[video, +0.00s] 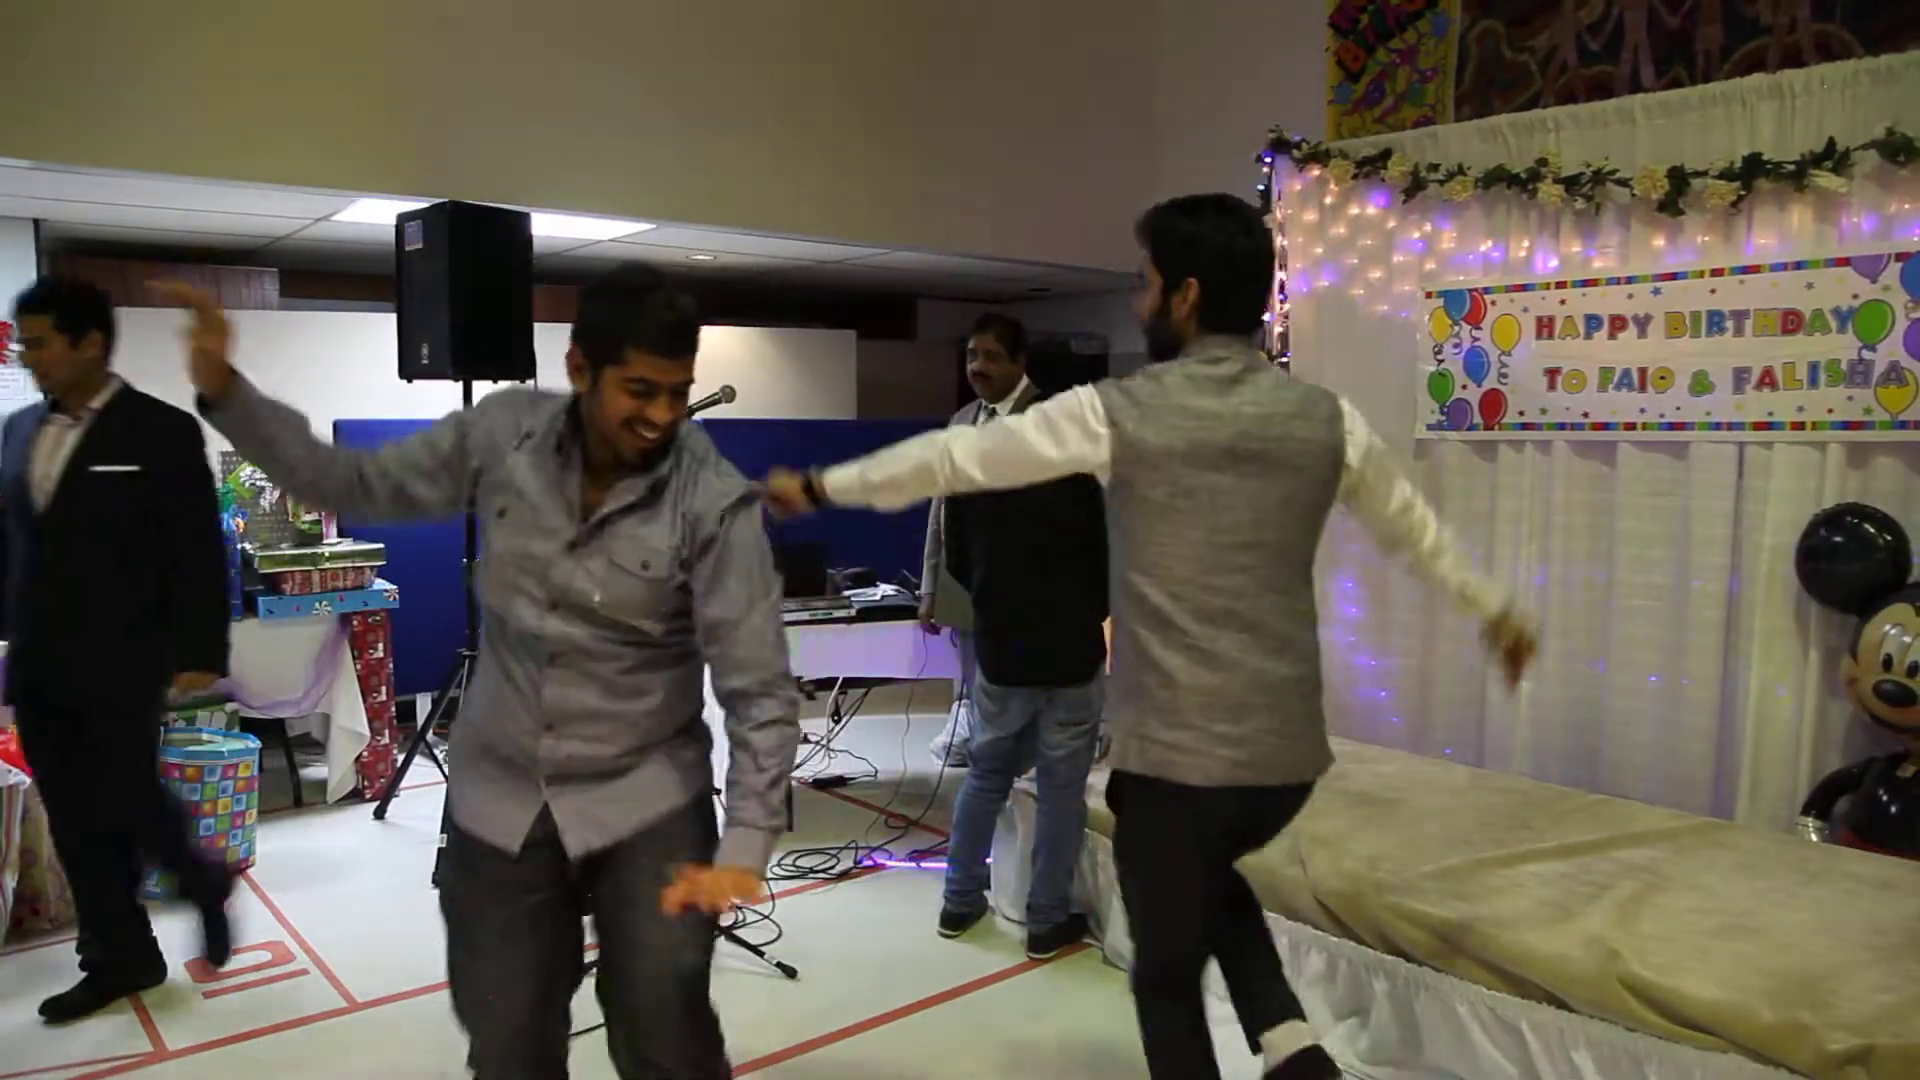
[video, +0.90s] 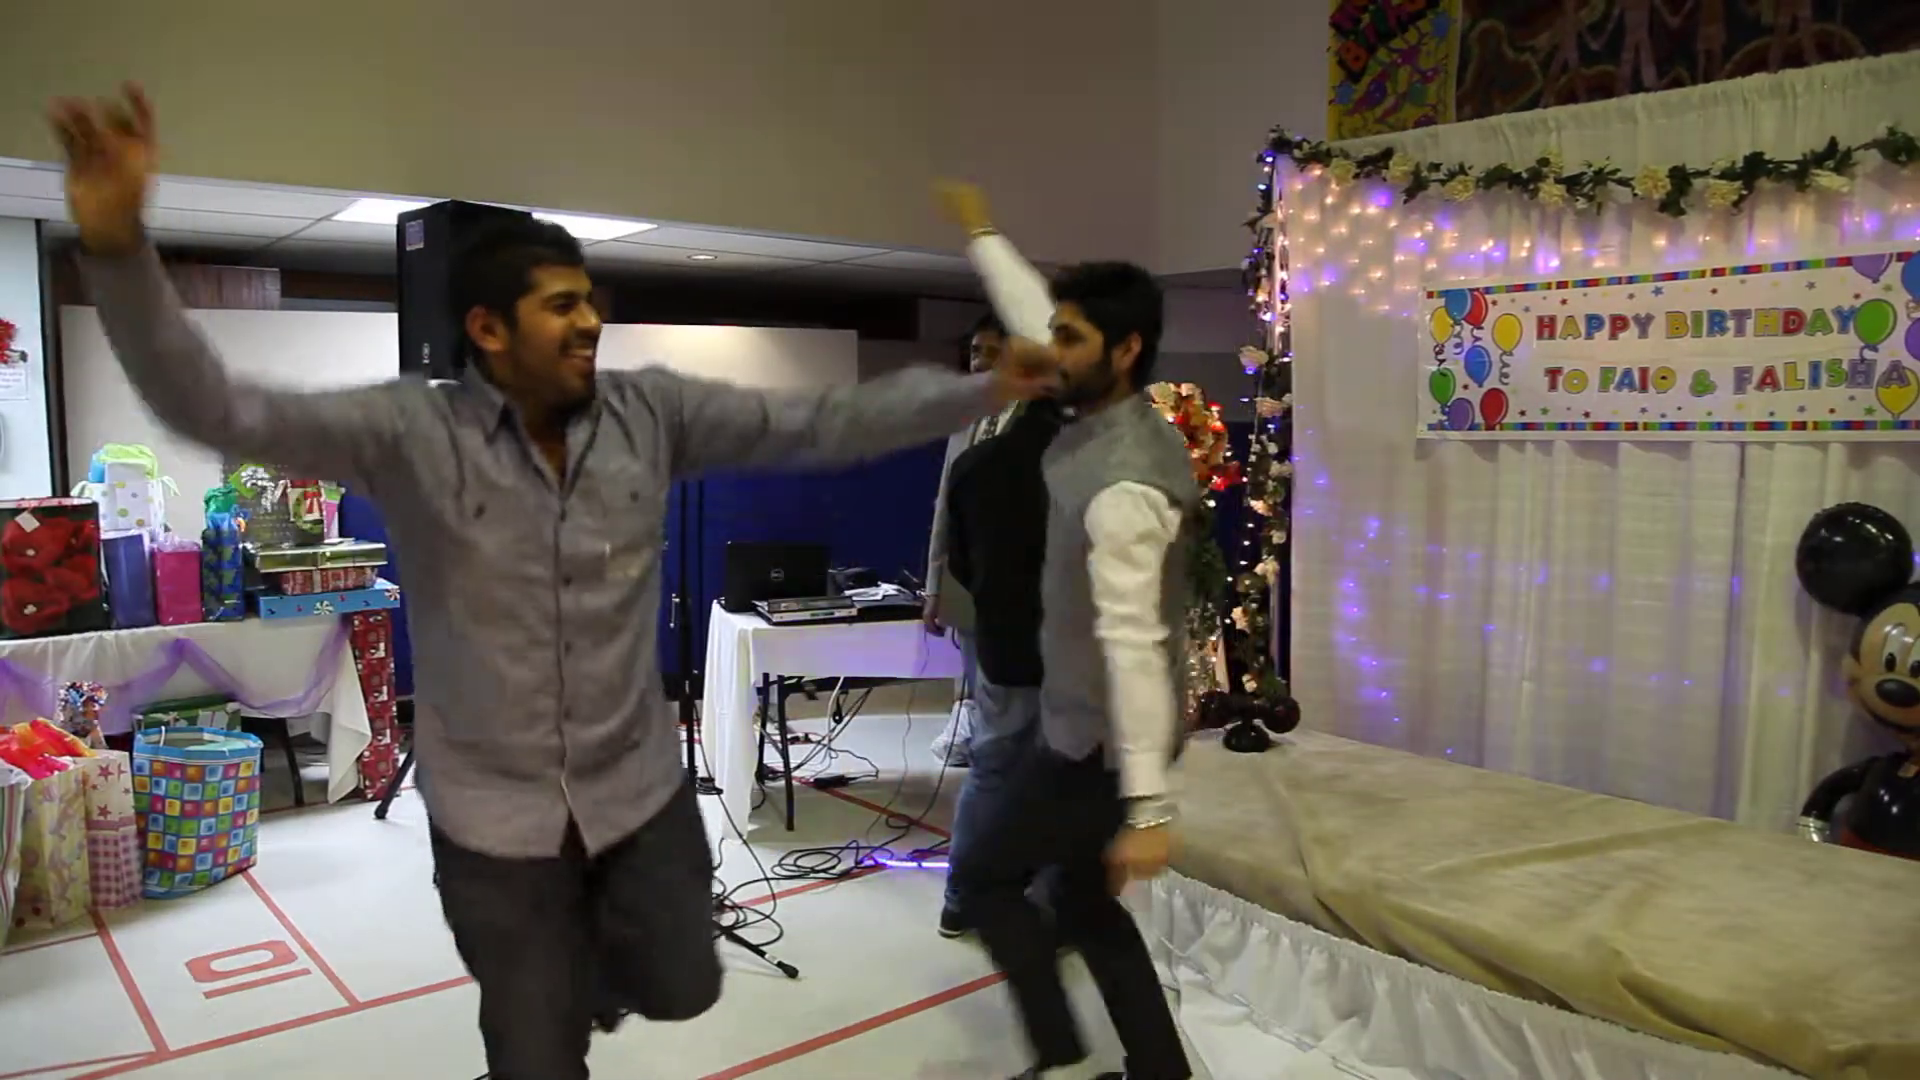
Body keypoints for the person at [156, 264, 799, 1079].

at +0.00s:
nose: (659, 415)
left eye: (679, 393)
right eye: (638, 390)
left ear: (695, 380)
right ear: (580, 366)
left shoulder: (713, 502)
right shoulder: (502, 432)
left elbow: (761, 696)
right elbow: (357, 484)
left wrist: (746, 849)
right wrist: (223, 388)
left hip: (646, 799)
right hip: (500, 797)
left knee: (661, 1039)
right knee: (509, 1052)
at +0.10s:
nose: (645, 433)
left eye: (660, 411)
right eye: (623, 410)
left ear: (672, 403)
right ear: (561, 396)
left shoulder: (702, 524)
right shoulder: (476, 470)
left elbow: (779, 687)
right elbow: (321, 501)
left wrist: (769, 798)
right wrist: (240, 374)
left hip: (649, 834)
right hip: (495, 839)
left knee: (678, 1057)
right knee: (498, 1063)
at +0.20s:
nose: (626, 414)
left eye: (638, 393)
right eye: (605, 393)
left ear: (649, 386)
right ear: (537, 381)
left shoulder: (683, 493)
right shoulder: (450, 457)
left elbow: (780, 609)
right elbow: (271, 435)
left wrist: (837, 690)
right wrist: (197, 283)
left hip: (646, 813)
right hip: (492, 825)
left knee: (702, 1045)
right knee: (509, 1063)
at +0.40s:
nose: (596, 351)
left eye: (603, 329)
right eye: (572, 330)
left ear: (607, 332)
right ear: (496, 334)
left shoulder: (644, 420)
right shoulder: (415, 415)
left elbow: (786, 499)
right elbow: (227, 357)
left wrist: (934, 583)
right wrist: (69, 231)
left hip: (642, 778)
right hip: (492, 797)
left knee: (696, 998)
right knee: (533, 1053)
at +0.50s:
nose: (585, 341)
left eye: (594, 319)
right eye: (559, 320)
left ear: (603, 324)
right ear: (485, 332)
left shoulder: (645, 415)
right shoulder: (410, 421)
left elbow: (794, 483)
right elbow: (229, 393)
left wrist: (939, 557)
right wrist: (59, 309)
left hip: (630, 775)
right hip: (484, 796)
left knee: (679, 977)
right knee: (539, 1048)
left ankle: (605, 1073)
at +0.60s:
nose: (580, 344)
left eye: (586, 321)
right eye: (553, 324)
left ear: (594, 328)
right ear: (480, 338)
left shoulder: (643, 428)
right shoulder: (413, 438)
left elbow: (795, 495)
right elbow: (239, 479)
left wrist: (929, 532)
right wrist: (102, 396)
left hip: (628, 789)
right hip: (487, 809)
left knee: (643, 990)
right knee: (546, 1045)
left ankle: (528, 1062)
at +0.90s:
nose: (587, 322)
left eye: (591, 301)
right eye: (560, 305)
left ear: (601, 317)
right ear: (486, 329)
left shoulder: (650, 410)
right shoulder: (406, 429)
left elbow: (824, 417)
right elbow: (214, 408)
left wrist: (988, 385)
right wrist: (118, 249)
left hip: (642, 785)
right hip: (494, 810)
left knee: (679, 987)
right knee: (538, 1057)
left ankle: (548, 977)